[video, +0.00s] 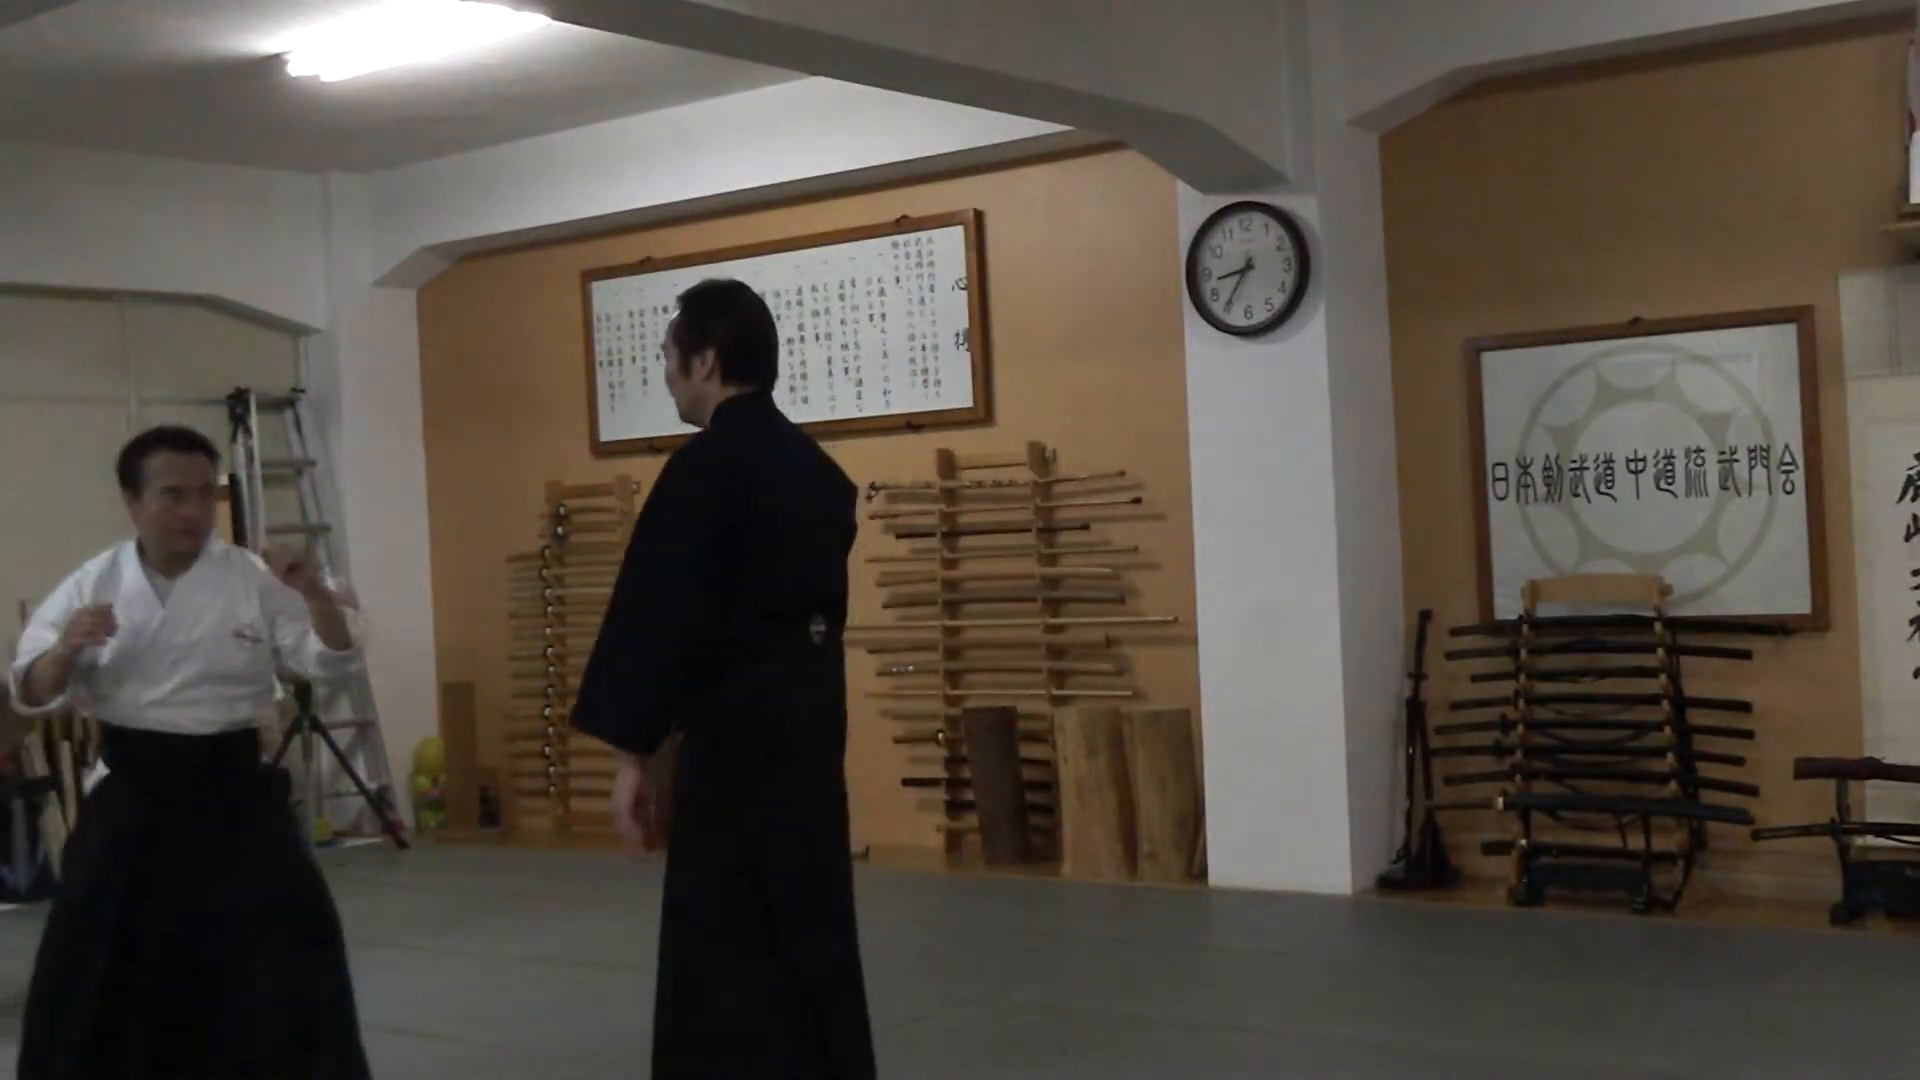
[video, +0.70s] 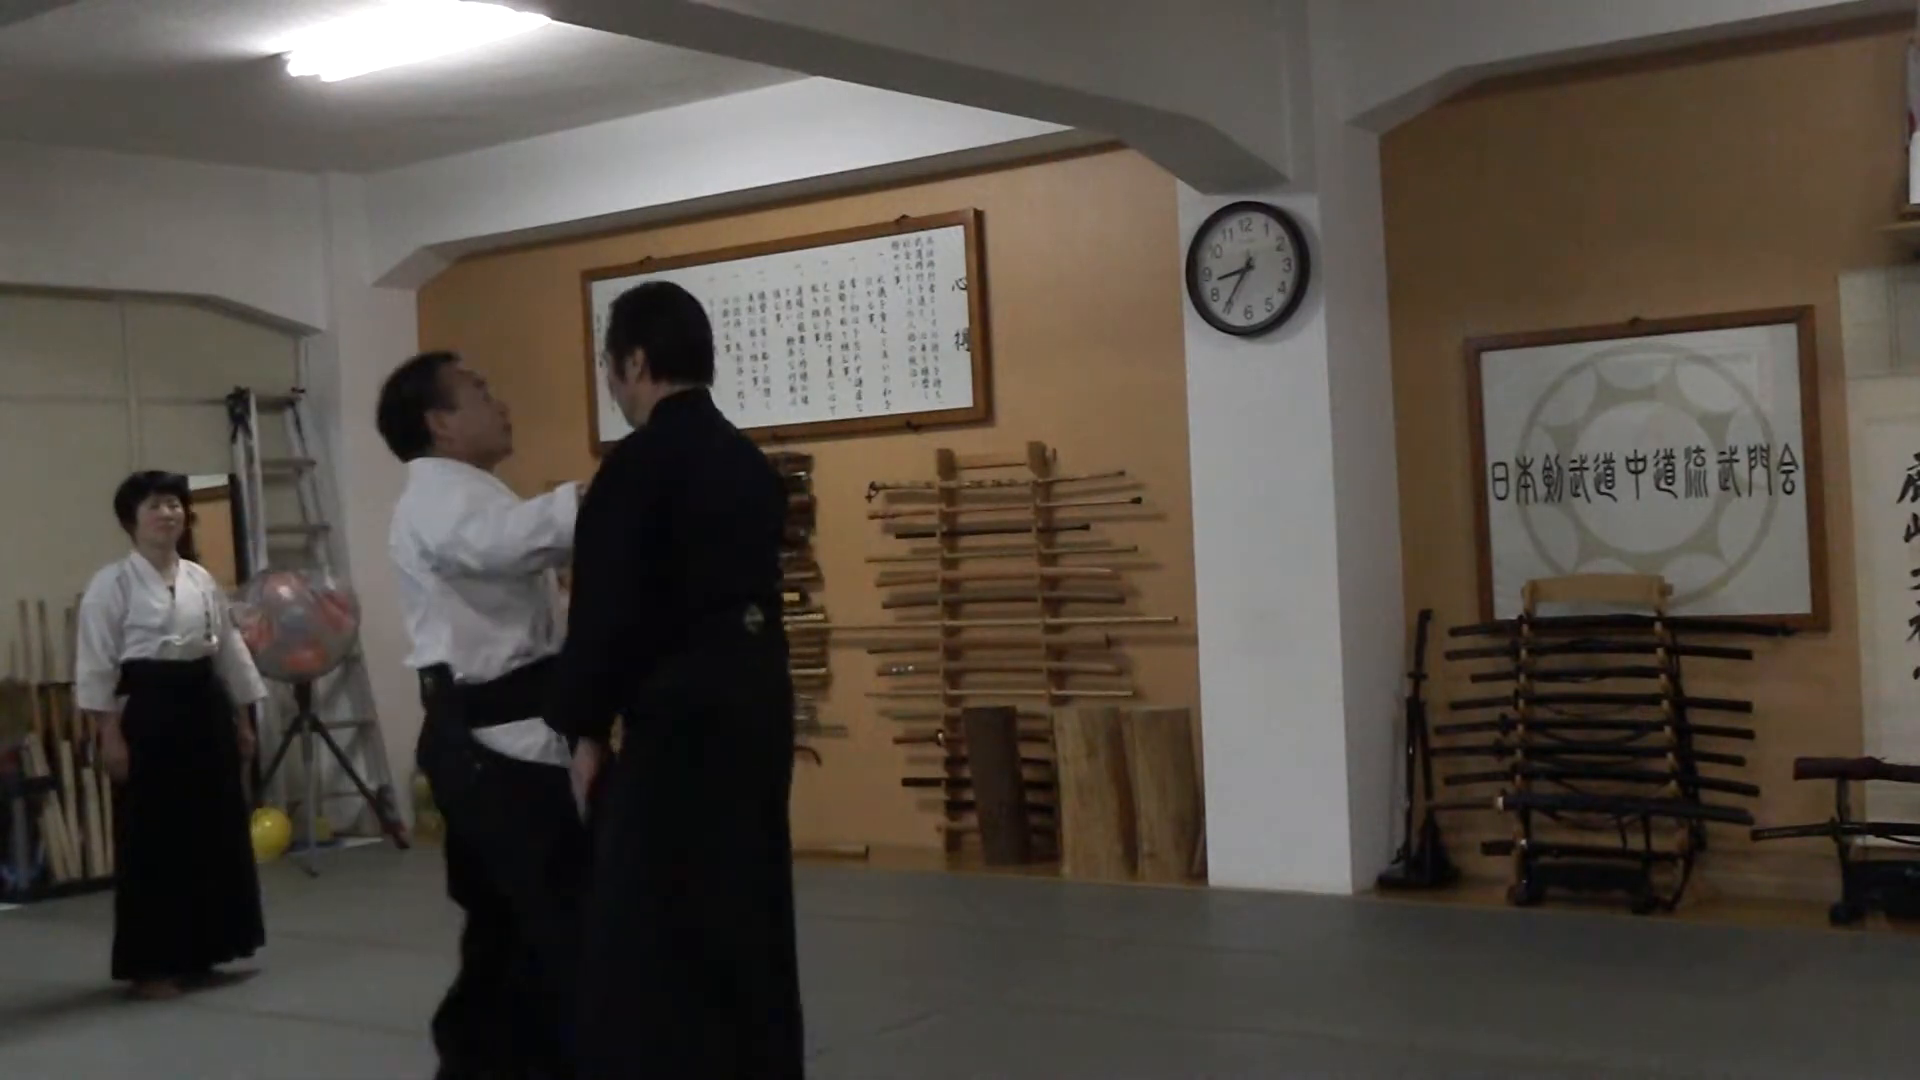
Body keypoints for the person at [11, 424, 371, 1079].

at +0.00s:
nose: (194, 512)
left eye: (206, 495)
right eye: (174, 496)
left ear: (218, 501)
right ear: (133, 506)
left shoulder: (249, 578)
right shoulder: (95, 584)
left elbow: (336, 667)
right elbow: (26, 695)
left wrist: (316, 597)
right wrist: (65, 652)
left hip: (239, 789)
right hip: (133, 791)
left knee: (293, 948)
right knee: (94, 952)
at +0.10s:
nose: (264, 506)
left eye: (274, 488)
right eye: (244, 489)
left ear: (286, 493)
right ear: (197, 502)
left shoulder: (316, 575)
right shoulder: (145, 585)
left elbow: (407, 664)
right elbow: (91, 703)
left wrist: (381, 592)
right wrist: (118, 671)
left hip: (294, 785)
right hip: (187, 786)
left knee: (328, 958)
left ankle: (339, 1068)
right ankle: (92, 1050)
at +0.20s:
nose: (329, 504)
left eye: (337, 486)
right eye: (311, 487)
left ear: (347, 491)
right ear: (261, 498)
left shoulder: (374, 579)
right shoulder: (211, 584)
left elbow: (461, 664)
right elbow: (150, 705)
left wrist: (441, 596)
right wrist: (185, 677)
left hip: (350, 786)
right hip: (249, 792)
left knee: (366, 972)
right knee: (255, 972)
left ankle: (372, 1071)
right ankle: (260, 1067)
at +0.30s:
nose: (391, 496)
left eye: (397, 479)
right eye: (371, 480)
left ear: (405, 484)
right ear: (323, 496)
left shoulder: (419, 576)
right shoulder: (275, 581)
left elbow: (498, 670)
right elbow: (218, 698)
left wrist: (474, 617)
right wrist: (294, 649)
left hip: (401, 774)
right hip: (313, 783)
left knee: (422, 950)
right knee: (368, 940)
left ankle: (433, 1070)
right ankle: (293, 1064)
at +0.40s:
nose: (449, 489)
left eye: (454, 472)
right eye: (430, 473)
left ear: (460, 480)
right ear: (378, 488)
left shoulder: (447, 571)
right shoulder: (358, 569)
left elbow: (523, 676)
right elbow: (404, 622)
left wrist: (509, 630)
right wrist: (505, 563)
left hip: (450, 796)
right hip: (386, 807)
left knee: (416, 983)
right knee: (514, 967)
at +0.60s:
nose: (517, 440)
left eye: (517, 425)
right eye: (499, 426)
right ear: (446, 441)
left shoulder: (476, 511)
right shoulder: (437, 511)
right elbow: (507, 555)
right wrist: (595, 503)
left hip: (512, 746)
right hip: (479, 754)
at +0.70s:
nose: (501, 405)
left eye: (490, 391)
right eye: (482, 394)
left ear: (446, 425)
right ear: (441, 423)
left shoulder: (465, 491)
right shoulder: (438, 492)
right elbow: (499, 544)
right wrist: (593, 493)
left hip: (510, 721)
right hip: (490, 727)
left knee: (511, 918)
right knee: (528, 918)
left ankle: (482, 1054)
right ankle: (490, 1056)